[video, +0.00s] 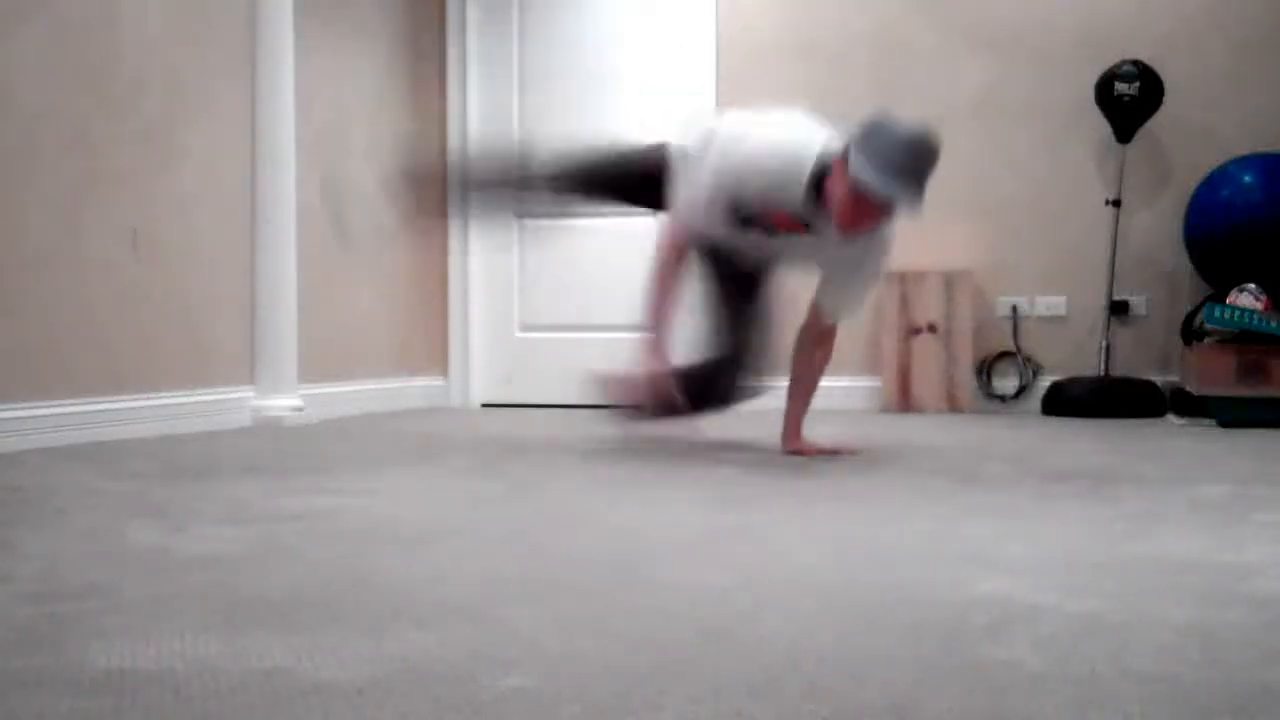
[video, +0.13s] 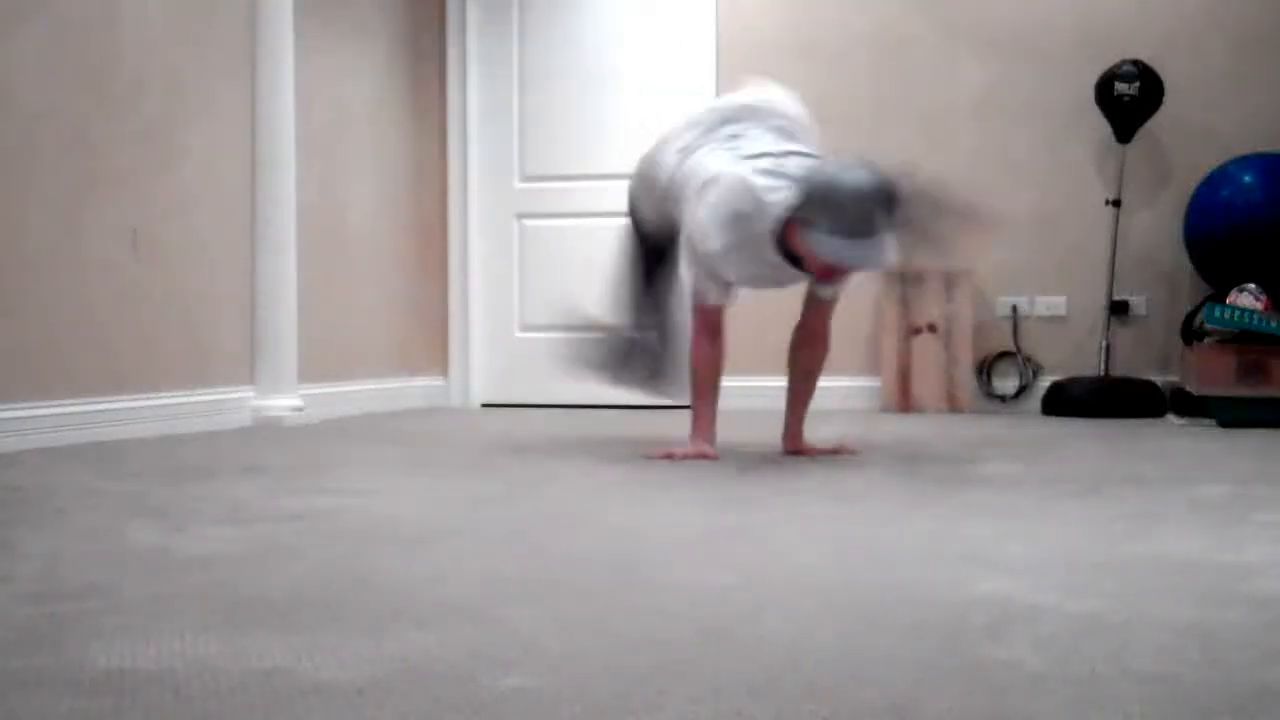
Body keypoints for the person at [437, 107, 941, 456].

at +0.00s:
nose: (865, 213)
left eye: (881, 207)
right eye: (862, 194)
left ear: (896, 207)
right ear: (840, 164)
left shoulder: (867, 243)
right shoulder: (758, 154)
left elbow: (820, 332)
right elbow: (672, 249)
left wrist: (793, 435)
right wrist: (658, 356)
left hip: (740, 248)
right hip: (690, 180)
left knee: (735, 375)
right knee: (555, 178)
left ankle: (626, 401)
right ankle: (442, 181)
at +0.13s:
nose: (837, 272)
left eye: (848, 261)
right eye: (831, 257)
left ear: (862, 241)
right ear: (799, 231)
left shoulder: (842, 233)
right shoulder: (725, 214)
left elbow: (813, 333)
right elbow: (708, 330)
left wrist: (794, 437)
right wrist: (702, 439)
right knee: (656, 359)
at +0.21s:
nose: (807, 235)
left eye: (813, 219)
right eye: (795, 222)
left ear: (817, 197)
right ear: (759, 209)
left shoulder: (822, 203)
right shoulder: (684, 225)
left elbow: (814, 309)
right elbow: (700, 333)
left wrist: (807, 423)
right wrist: (703, 441)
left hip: (746, 143)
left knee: (864, 114)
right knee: (761, 344)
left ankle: (970, 83)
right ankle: (815, 388)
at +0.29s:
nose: (738, 159)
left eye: (737, 142)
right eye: (721, 156)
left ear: (737, 122)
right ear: (685, 158)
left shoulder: (740, 115)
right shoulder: (653, 222)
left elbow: (813, 173)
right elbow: (688, 330)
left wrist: (839, 274)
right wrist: (701, 440)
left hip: (789, 193)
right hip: (769, 284)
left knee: (852, 66)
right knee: (890, 379)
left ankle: (952, 2)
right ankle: (1033, 410)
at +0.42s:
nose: (672, 102)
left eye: (665, 86)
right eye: (651, 102)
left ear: (669, 80)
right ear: (621, 125)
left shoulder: (704, 106)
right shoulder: (637, 206)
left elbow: (797, 139)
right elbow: (678, 323)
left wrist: (823, 50)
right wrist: (702, 438)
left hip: (840, 218)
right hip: (829, 293)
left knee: (872, 70)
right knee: (946, 364)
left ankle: (914, 10)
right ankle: (1135, 401)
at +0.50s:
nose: (666, 101)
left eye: (660, 86)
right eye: (645, 100)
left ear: (668, 85)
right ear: (619, 127)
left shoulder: (714, 132)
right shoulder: (642, 213)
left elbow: (777, 197)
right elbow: (677, 325)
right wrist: (700, 438)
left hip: (858, 227)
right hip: (840, 290)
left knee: (919, 122)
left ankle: (961, 36)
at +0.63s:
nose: (726, 122)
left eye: (725, 111)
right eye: (711, 113)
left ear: (730, 117)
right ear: (685, 120)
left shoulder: (760, 189)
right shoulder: (671, 208)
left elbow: (800, 329)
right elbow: (680, 327)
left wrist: (829, 434)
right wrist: (698, 439)